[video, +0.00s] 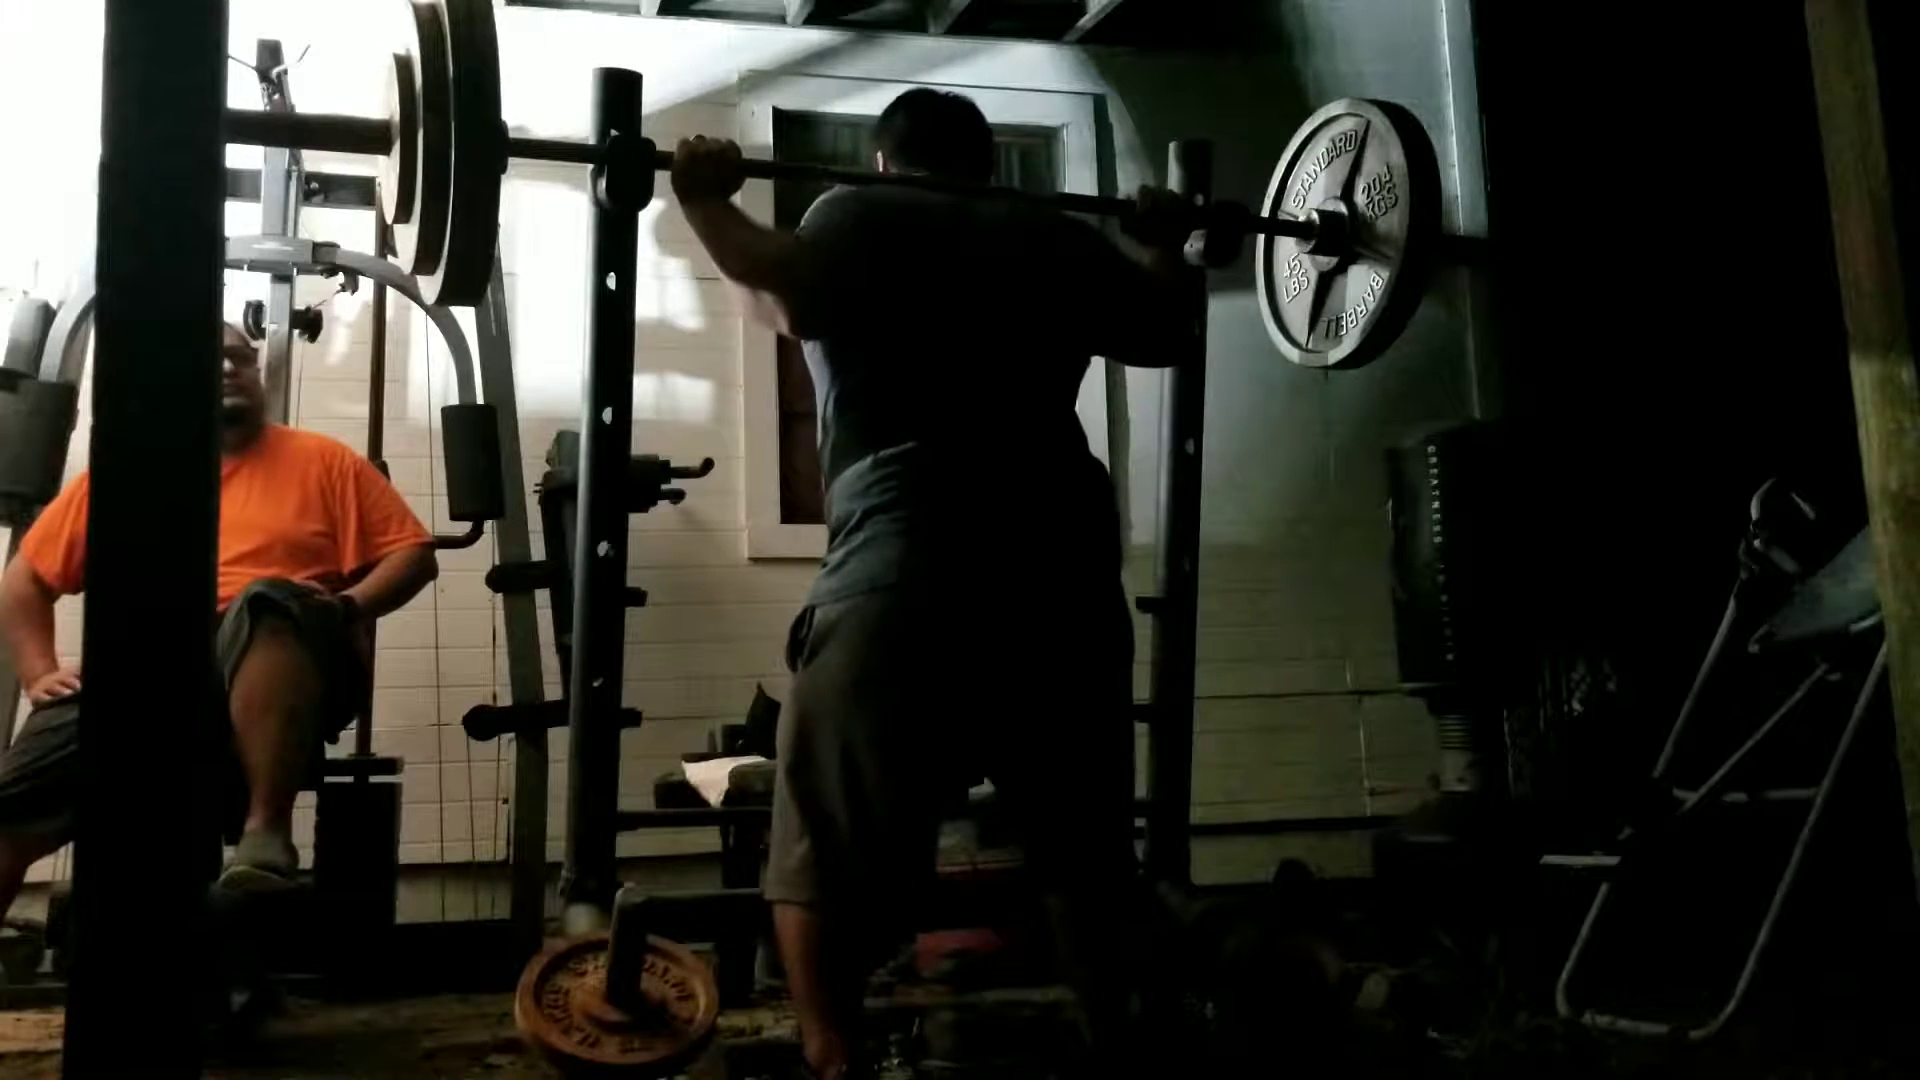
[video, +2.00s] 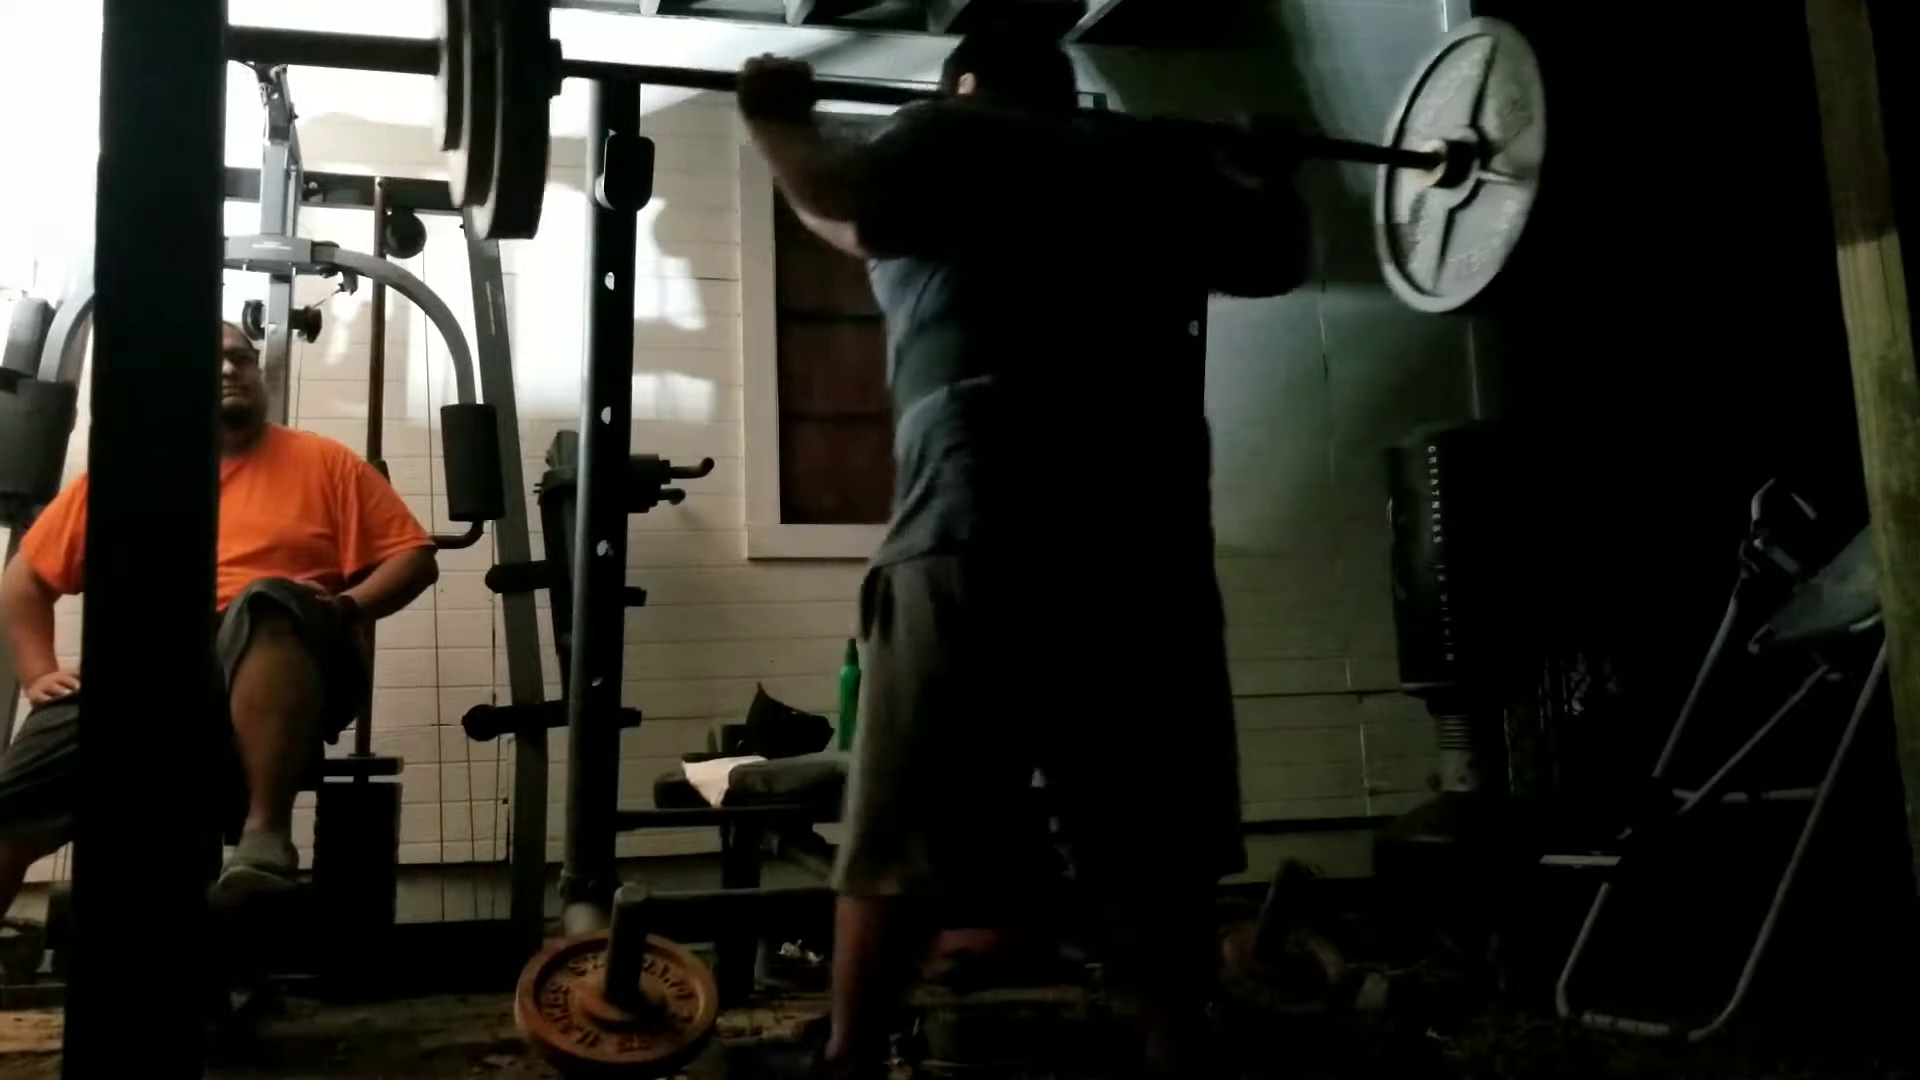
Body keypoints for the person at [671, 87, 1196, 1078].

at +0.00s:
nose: (870, 172)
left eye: (874, 158)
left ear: (883, 158)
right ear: (990, 165)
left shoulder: (850, 216)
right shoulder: (1055, 239)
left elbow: (770, 272)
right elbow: (1170, 332)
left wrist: (704, 193)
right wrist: (1164, 247)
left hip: (898, 563)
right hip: (1062, 566)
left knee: (822, 830)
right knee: (1085, 834)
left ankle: (830, 1053)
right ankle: (1121, 1042)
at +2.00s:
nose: (945, 96)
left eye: (949, 82)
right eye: (952, 84)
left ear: (967, 83)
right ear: (1067, 87)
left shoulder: (935, 140)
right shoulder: (1164, 162)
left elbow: (842, 199)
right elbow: (1281, 259)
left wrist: (774, 116)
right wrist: (1267, 163)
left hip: (967, 539)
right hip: (1148, 537)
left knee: (892, 831)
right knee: (1158, 833)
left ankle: (850, 1059)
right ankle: (1179, 1059)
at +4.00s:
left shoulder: (968, 51)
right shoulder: (1220, 75)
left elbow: (889, 143)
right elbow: (1364, 169)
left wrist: (783, 42)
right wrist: (1342, 78)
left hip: (1024, 486)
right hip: (1226, 483)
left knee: (968, 847)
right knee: (1261, 834)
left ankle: (955, 1063)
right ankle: (1289, 1060)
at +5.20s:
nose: (977, 165)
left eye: (975, 150)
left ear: (980, 151)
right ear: (1107, 147)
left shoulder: (950, 215)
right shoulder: (1200, 220)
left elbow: (847, 288)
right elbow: (1346, 300)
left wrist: (768, 204)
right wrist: (1324, 204)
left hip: (1036, 563)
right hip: (1248, 559)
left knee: (904, 846)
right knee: (1237, 836)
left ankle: (935, 1062)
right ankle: (1281, 1058)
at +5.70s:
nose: (978, 327)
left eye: (982, 312)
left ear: (992, 320)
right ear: (1112, 314)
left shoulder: (960, 389)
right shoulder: (1212, 380)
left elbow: (849, 467)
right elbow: (1374, 463)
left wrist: (784, 392)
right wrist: (1340, 375)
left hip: (1060, 731)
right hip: (1289, 715)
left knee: (876, 845)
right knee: (1275, 884)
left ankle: (928, 1062)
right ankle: (1291, 1060)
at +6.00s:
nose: (975, 415)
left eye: (978, 404)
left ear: (995, 408)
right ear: (1119, 395)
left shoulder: (963, 473)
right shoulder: (1218, 460)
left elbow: (868, 565)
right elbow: (1375, 559)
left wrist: (777, 475)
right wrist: (1341, 449)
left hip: (1051, 844)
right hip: (1259, 828)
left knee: (835, 831)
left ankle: (906, 1058)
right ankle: (1287, 1054)